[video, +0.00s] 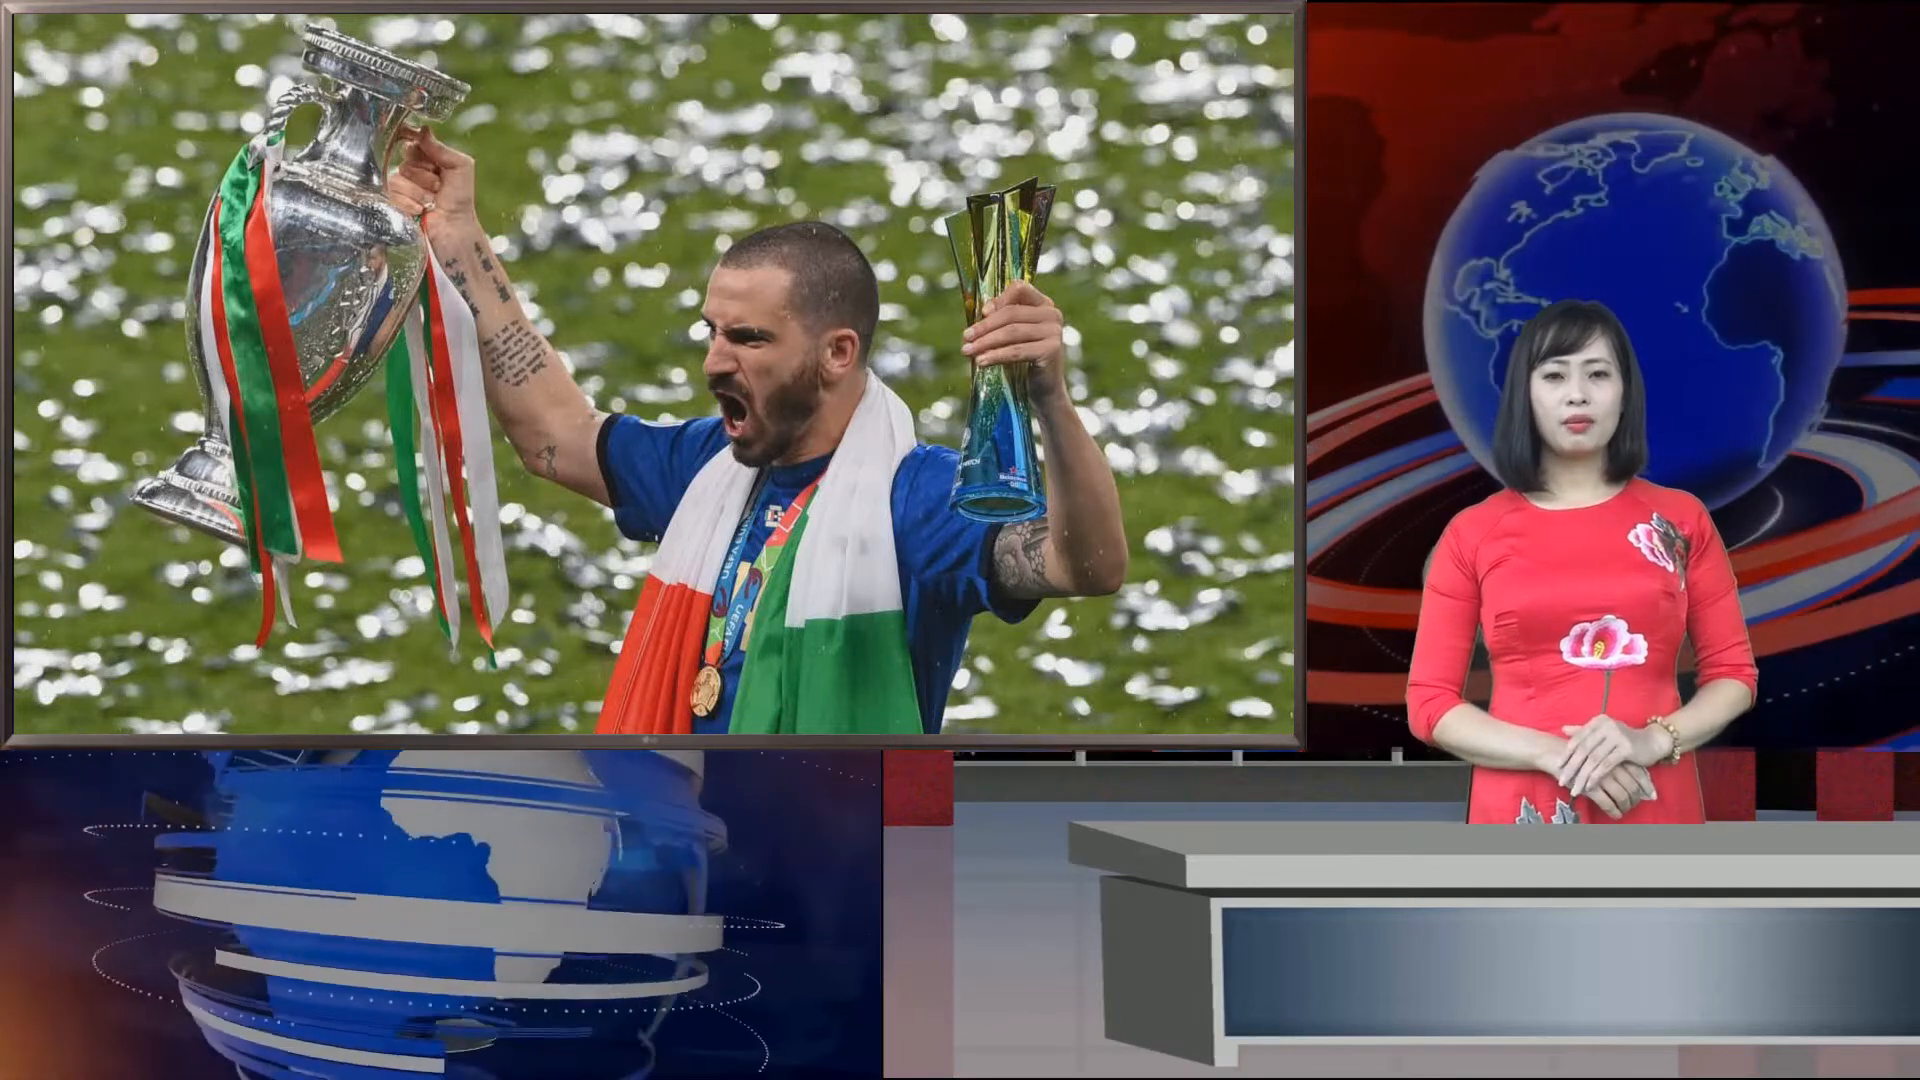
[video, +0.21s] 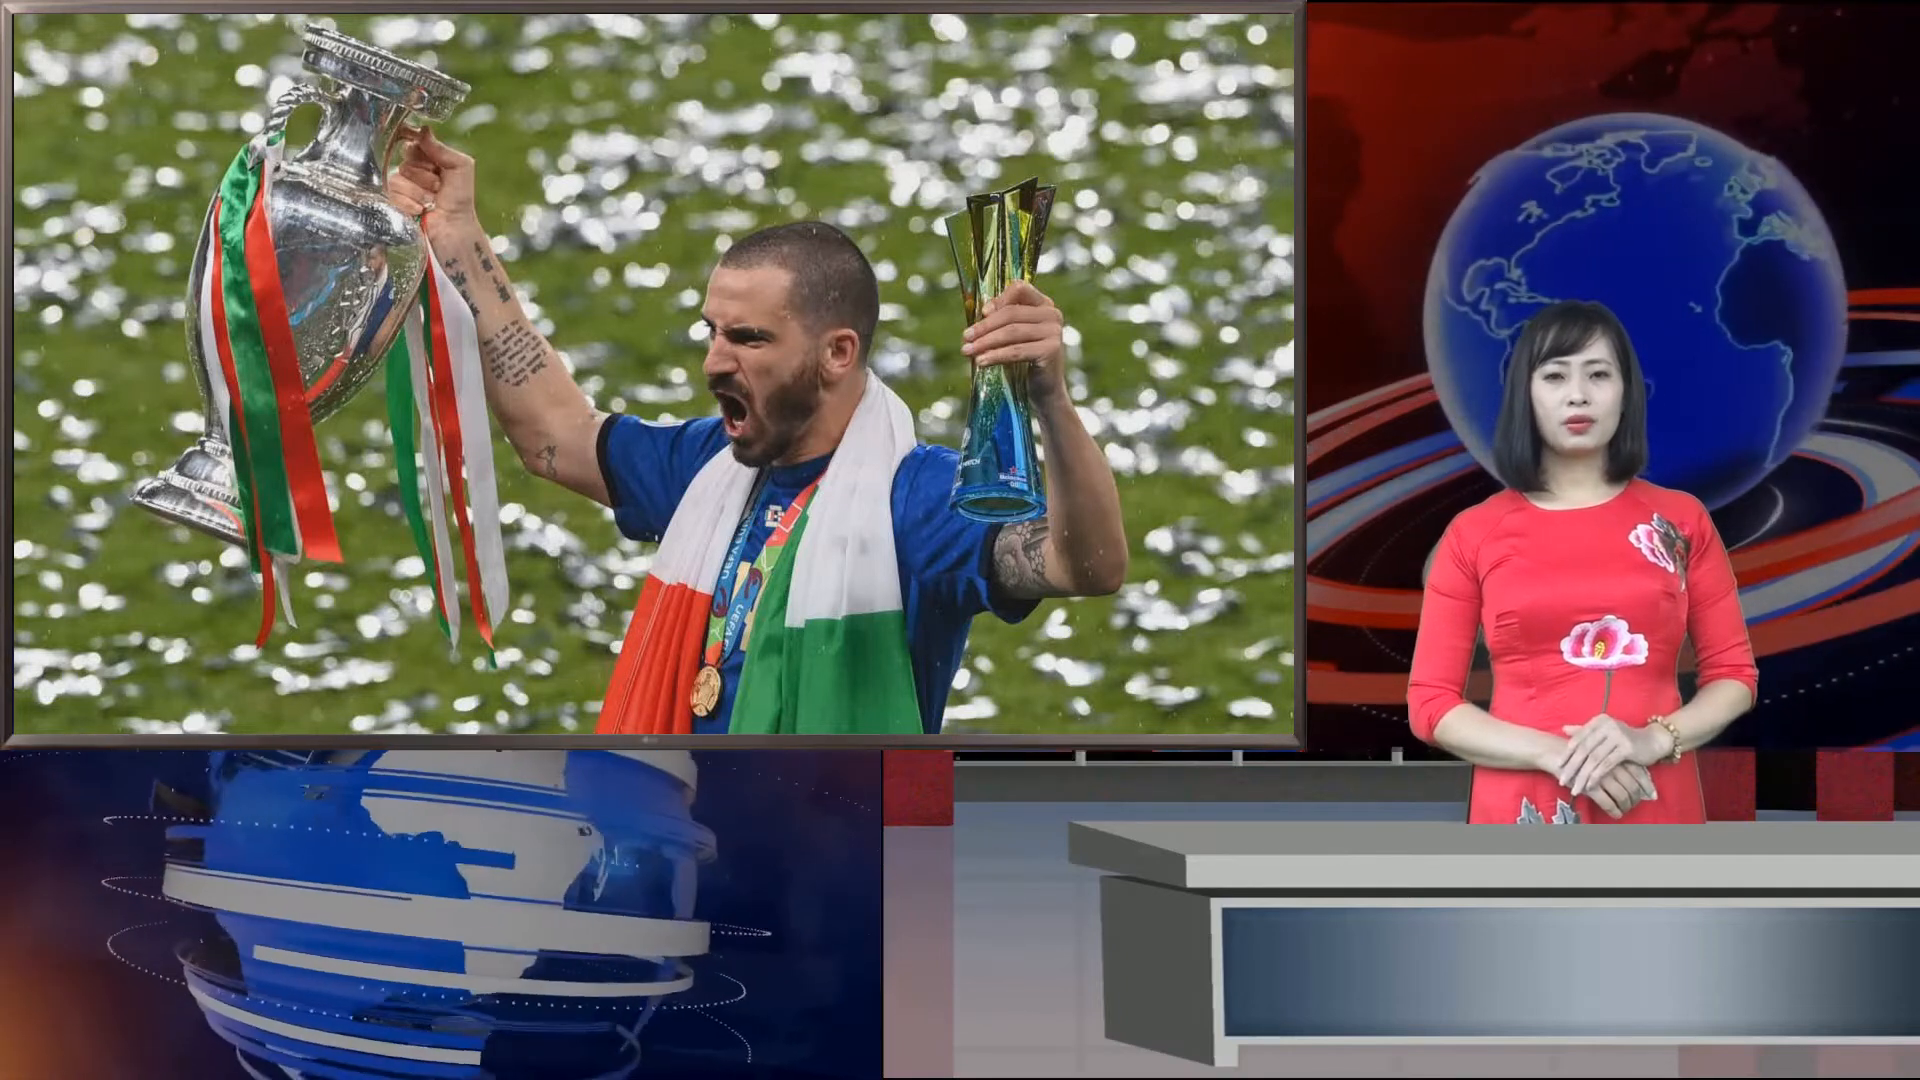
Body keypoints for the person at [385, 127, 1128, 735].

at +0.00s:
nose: (713, 362)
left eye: (747, 339)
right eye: (711, 333)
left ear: (838, 355)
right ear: (705, 327)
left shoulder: (914, 493)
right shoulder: (703, 466)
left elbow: (1090, 563)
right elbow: (557, 438)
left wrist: (1049, 399)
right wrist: (464, 252)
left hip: (834, 908)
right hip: (672, 894)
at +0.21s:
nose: (713, 362)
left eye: (747, 339)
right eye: (711, 333)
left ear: (839, 355)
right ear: (705, 327)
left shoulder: (915, 493)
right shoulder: (703, 466)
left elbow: (1090, 563)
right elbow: (557, 438)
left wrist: (1049, 399)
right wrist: (464, 252)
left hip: (833, 903)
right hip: (670, 886)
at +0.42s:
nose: (713, 362)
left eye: (747, 339)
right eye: (711, 333)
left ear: (839, 355)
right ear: (705, 327)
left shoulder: (915, 493)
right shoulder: (703, 466)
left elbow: (1090, 563)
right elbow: (557, 438)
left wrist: (1049, 399)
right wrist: (465, 254)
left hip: (834, 904)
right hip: (674, 889)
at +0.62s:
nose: (713, 362)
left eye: (747, 339)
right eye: (711, 333)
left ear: (839, 355)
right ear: (705, 327)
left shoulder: (915, 493)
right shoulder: (703, 466)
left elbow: (1090, 563)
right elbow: (557, 438)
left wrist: (1049, 399)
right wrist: (465, 254)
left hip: (832, 903)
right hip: (675, 890)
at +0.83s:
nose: (713, 361)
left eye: (747, 339)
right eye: (711, 333)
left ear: (839, 355)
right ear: (705, 327)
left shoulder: (915, 493)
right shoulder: (703, 465)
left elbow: (1089, 563)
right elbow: (557, 438)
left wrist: (1049, 398)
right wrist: (465, 255)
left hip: (828, 894)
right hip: (672, 882)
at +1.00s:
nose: (713, 361)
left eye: (747, 339)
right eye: (711, 333)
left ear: (839, 355)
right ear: (705, 327)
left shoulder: (914, 493)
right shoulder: (703, 465)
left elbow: (1089, 563)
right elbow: (557, 438)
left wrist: (1049, 398)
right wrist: (465, 255)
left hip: (831, 897)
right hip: (672, 886)